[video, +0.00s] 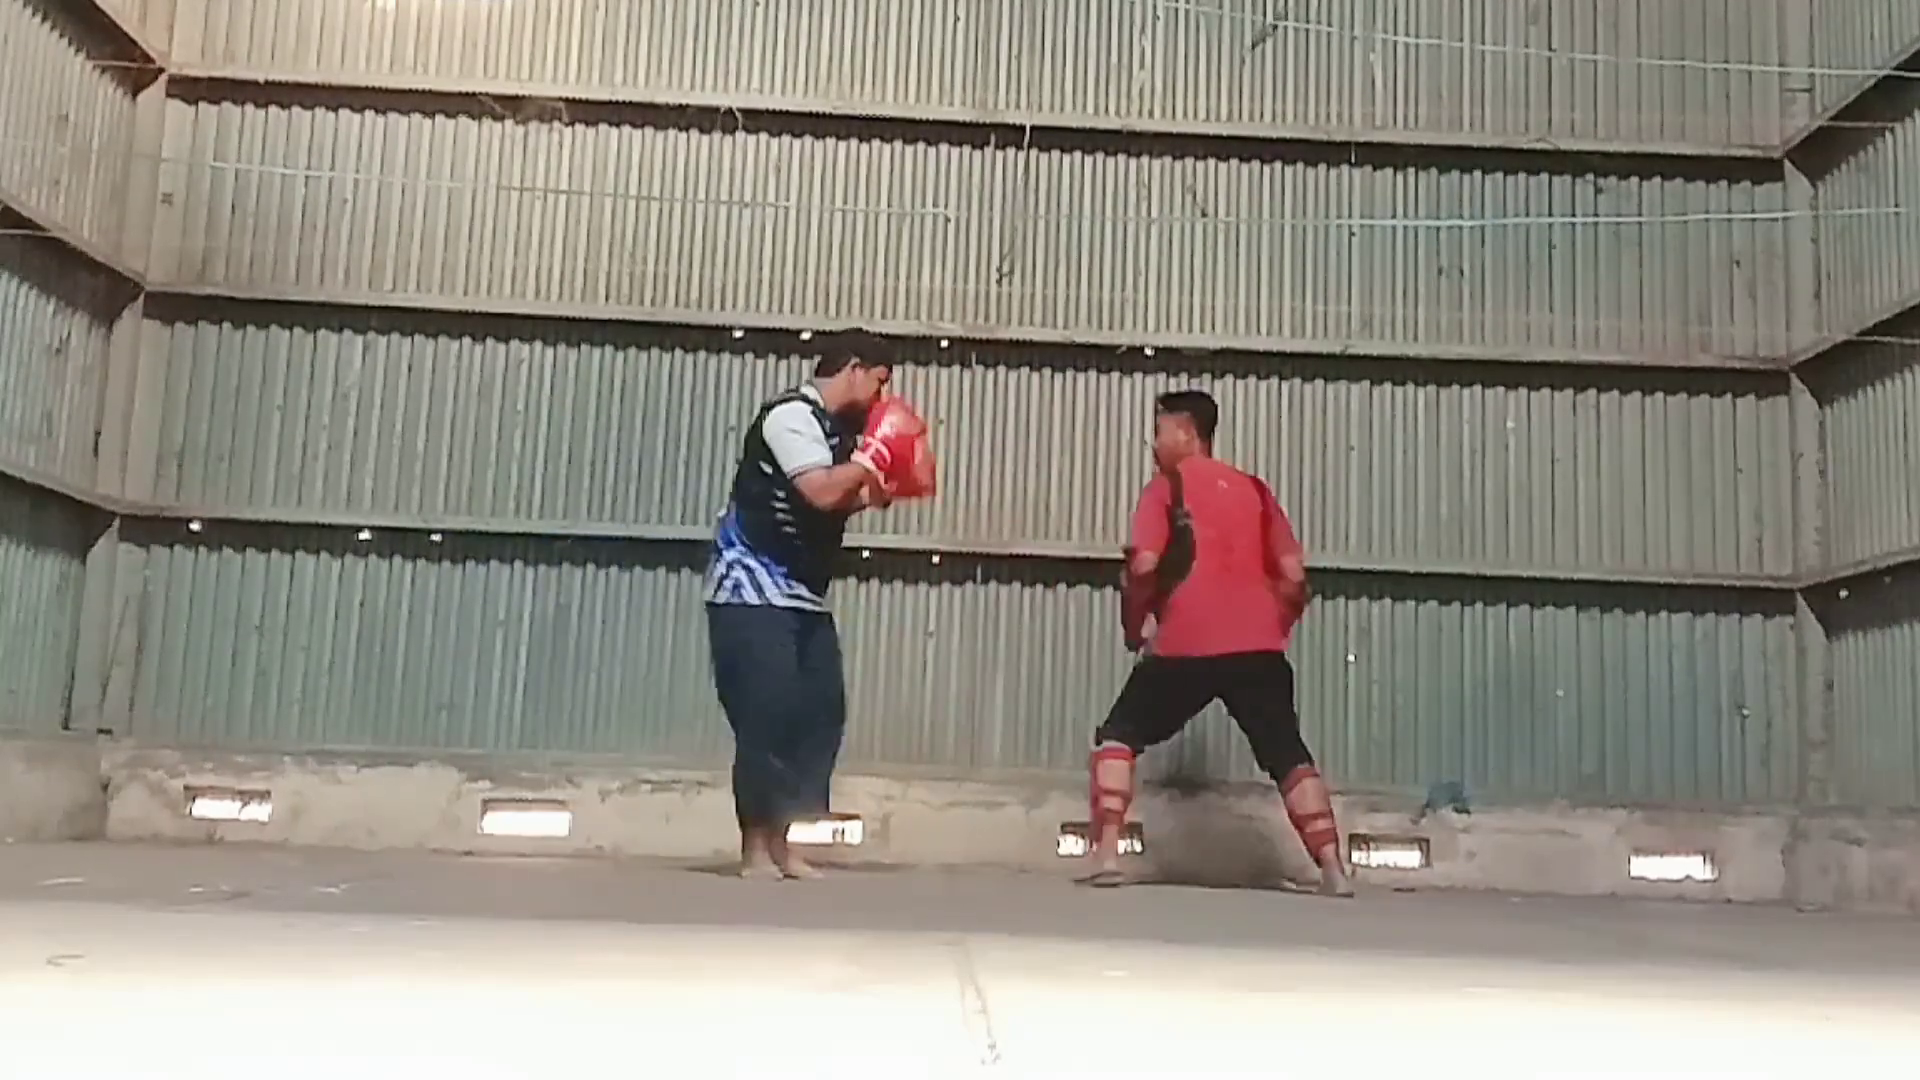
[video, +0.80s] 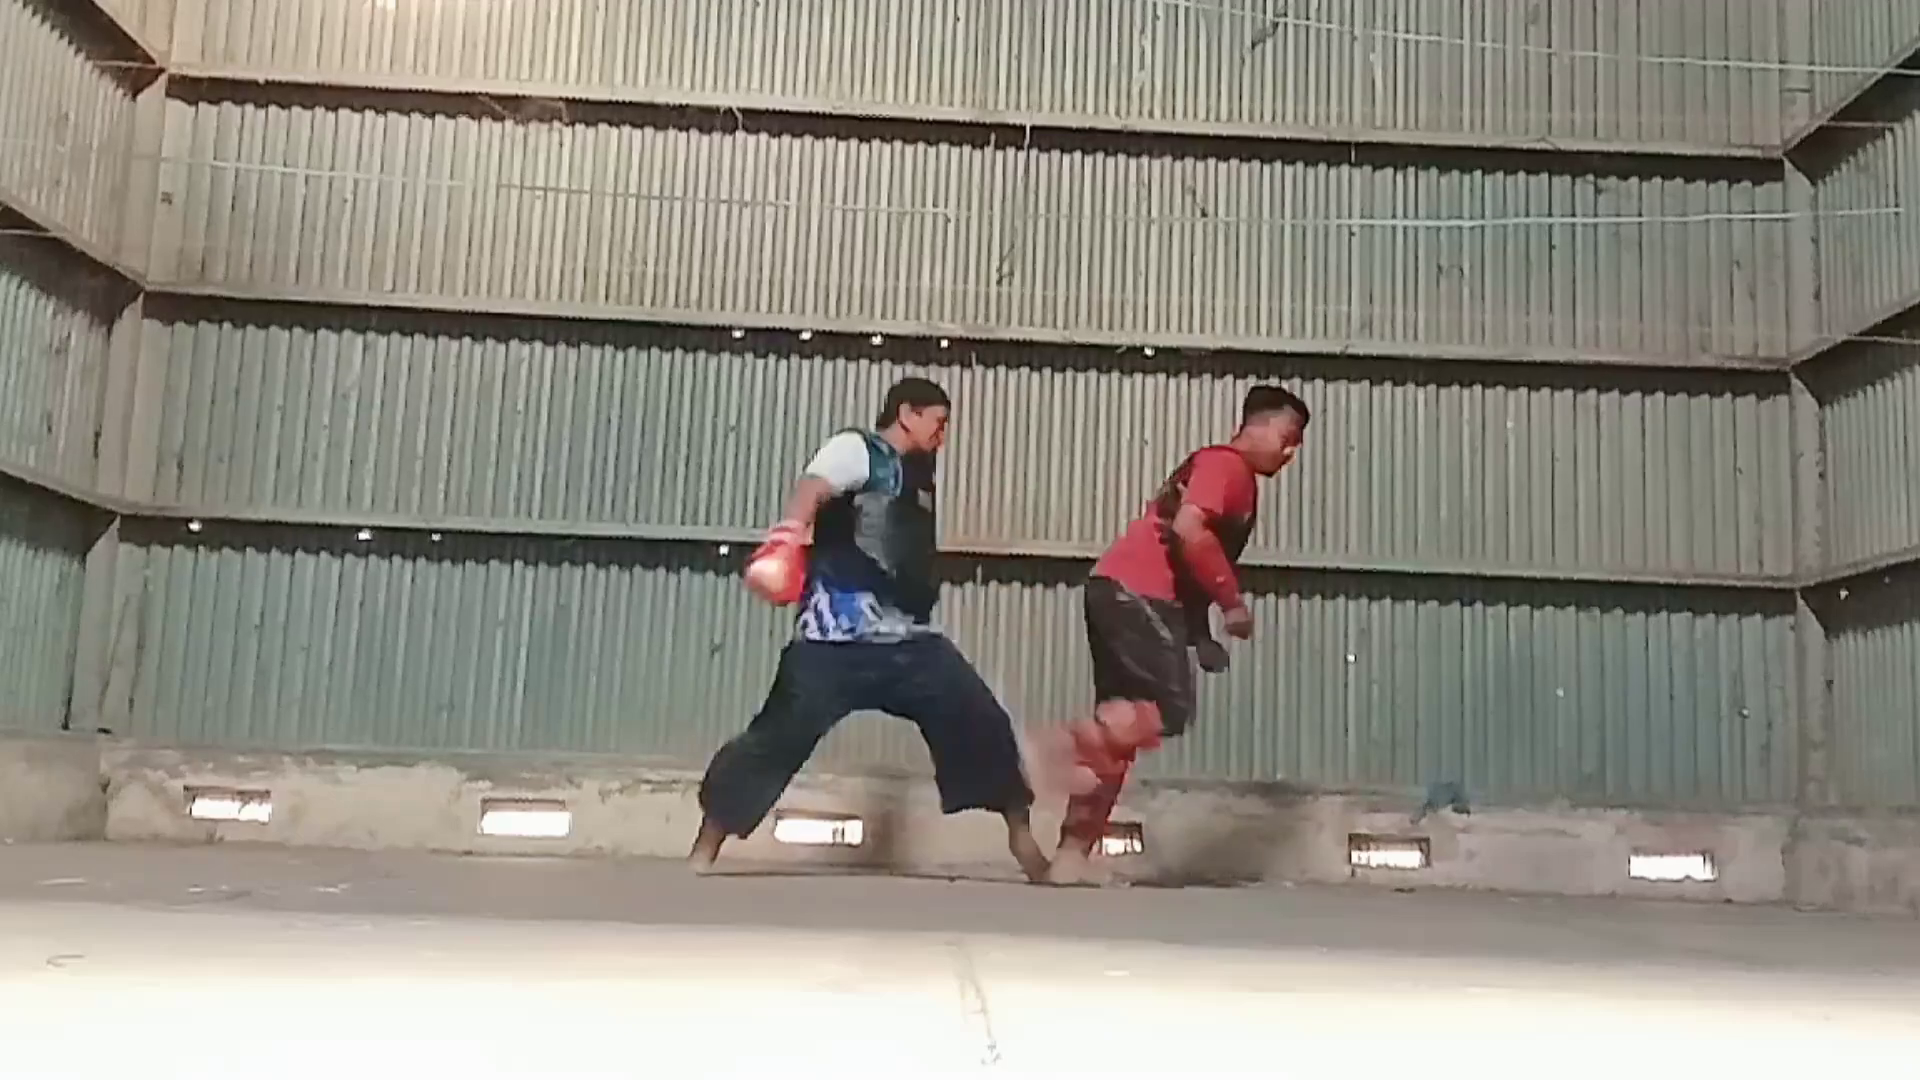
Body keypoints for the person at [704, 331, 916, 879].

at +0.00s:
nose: (882, 393)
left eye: (884, 383)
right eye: (880, 380)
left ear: (850, 371)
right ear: (853, 370)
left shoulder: (842, 430)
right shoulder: (789, 416)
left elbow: (838, 505)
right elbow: (820, 492)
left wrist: (879, 487)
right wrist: (870, 458)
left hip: (803, 596)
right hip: (751, 593)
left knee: (822, 713)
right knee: (768, 714)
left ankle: (786, 843)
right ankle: (757, 849)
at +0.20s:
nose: (898, 389)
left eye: (899, 379)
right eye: (896, 377)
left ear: (866, 371)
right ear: (870, 370)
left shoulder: (859, 425)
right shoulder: (820, 417)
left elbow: (885, 477)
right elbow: (867, 485)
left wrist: (910, 440)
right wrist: (909, 446)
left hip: (835, 598)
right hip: (782, 594)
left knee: (883, 713)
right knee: (792, 714)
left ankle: (844, 831)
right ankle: (776, 844)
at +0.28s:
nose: (906, 388)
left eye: (907, 378)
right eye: (903, 377)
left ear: (872, 373)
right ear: (877, 372)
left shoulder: (869, 424)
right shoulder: (836, 419)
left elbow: (929, 472)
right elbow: (897, 479)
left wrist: (938, 439)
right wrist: (931, 434)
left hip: (848, 602)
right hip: (793, 598)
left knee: (894, 716)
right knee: (798, 716)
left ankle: (896, 837)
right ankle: (766, 847)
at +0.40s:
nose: (930, 410)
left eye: (930, 399)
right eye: (927, 399)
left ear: (887, 397)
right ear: (901, 397)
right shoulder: (890, 449)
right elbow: (960, 519)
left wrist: (942, 556)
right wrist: (985, 555)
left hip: (869, 613)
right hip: (815, 614)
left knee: (926, 710)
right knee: (817, 730)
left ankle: (956, 841)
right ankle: (774, 848)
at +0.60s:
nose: (948, 421)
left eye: (951, 411)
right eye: (949, 410)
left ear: (919, 401)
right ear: (927, 402)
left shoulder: (910, 452)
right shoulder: (872, 440)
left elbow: (906, 520)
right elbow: (884, 533)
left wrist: (947, 541)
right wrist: (918, 570)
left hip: (873, 603)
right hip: (817, 597)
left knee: (929, 700)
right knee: (816, 713)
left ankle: (955, 839)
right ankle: (767, 841)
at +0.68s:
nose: (946, 411)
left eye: (949, 400)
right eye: (945, 399)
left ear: (919, 392)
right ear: (919, 391)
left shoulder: (912, 444)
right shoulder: (857, 425)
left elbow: (903, 532)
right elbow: (846, 492)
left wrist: (927, 582)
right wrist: (850, 552)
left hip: (893, 610)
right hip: (825, 607)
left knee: (941, 706)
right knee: (795, 706)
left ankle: (966, 824)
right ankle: (762, 831)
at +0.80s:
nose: (942, 433)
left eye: (945, 424)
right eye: (938, 422)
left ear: (913, 418)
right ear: (906, 414)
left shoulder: (920, 472)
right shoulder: (853, 450)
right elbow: (808, 489)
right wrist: (791, 539)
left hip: (912, 644)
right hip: (833, 645)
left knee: (985, 720)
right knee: (779, 735)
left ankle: (1021, 836)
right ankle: (710, 837)